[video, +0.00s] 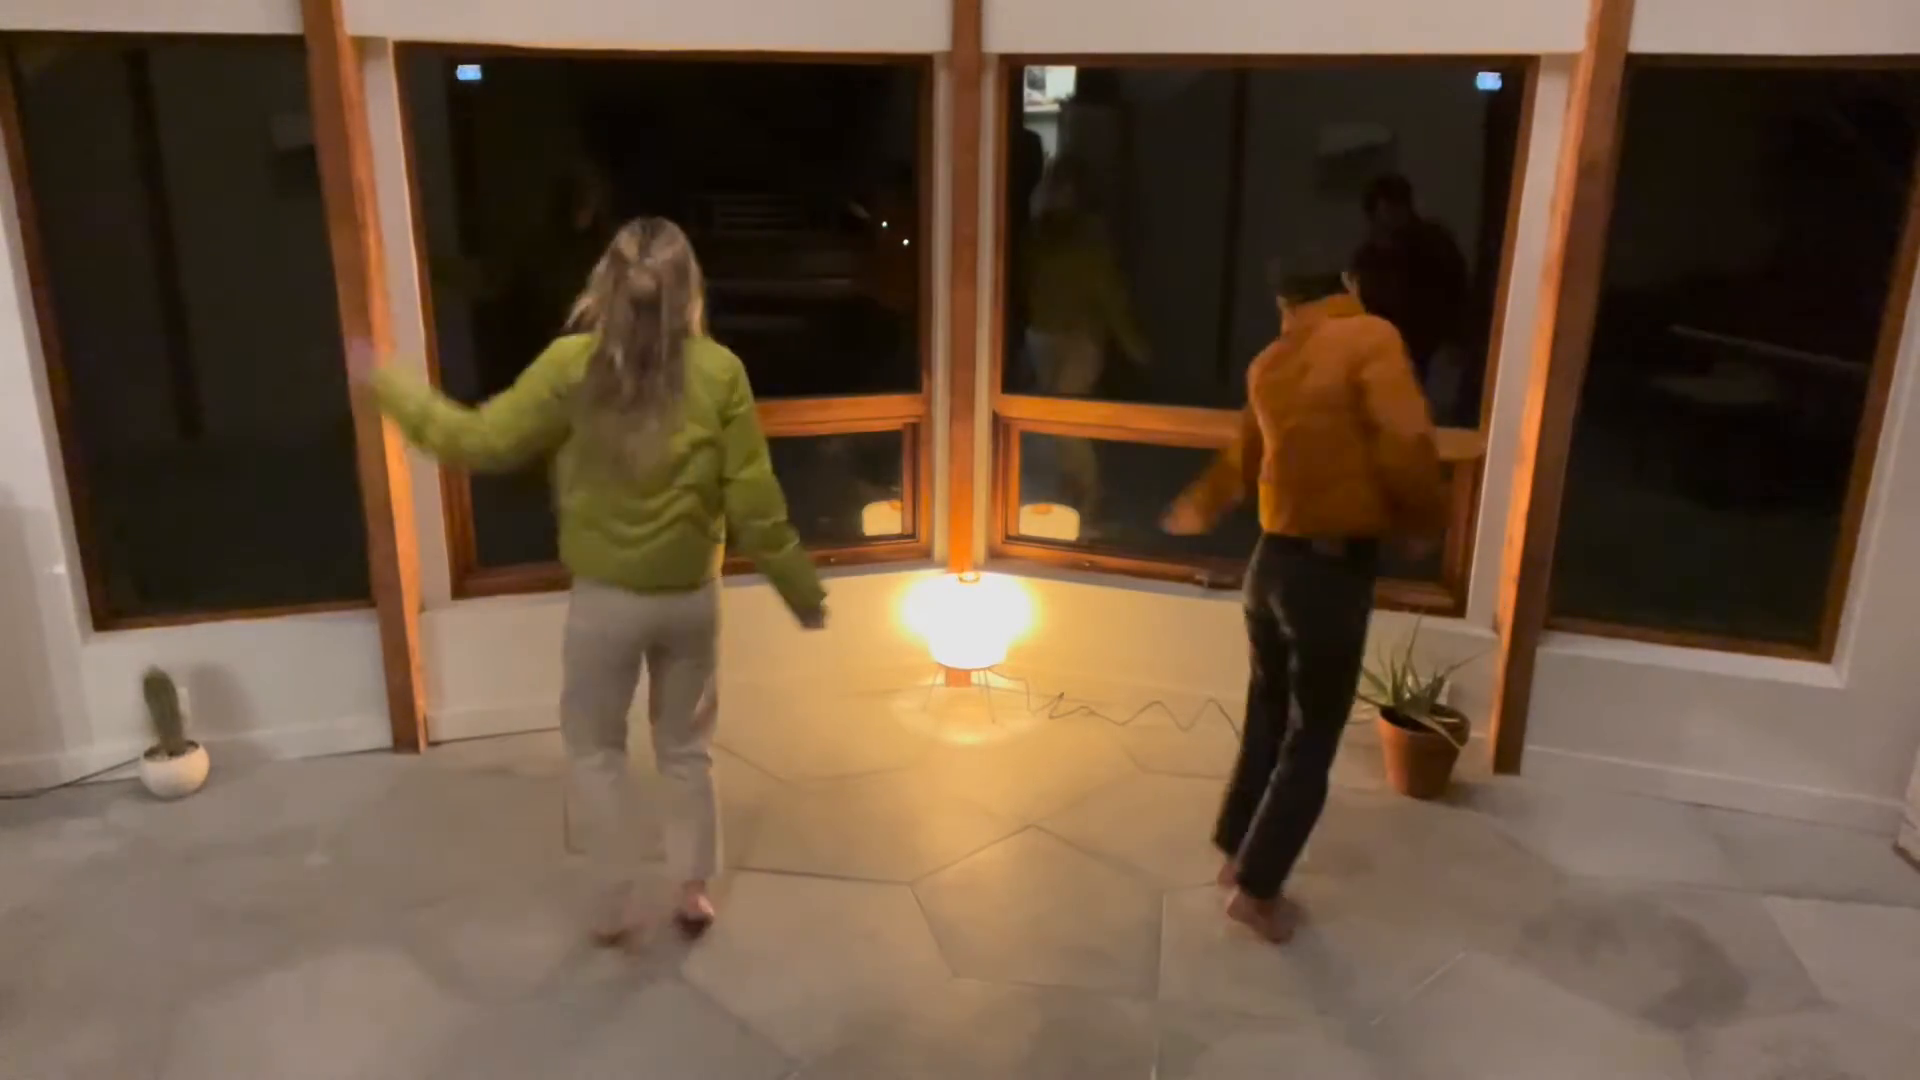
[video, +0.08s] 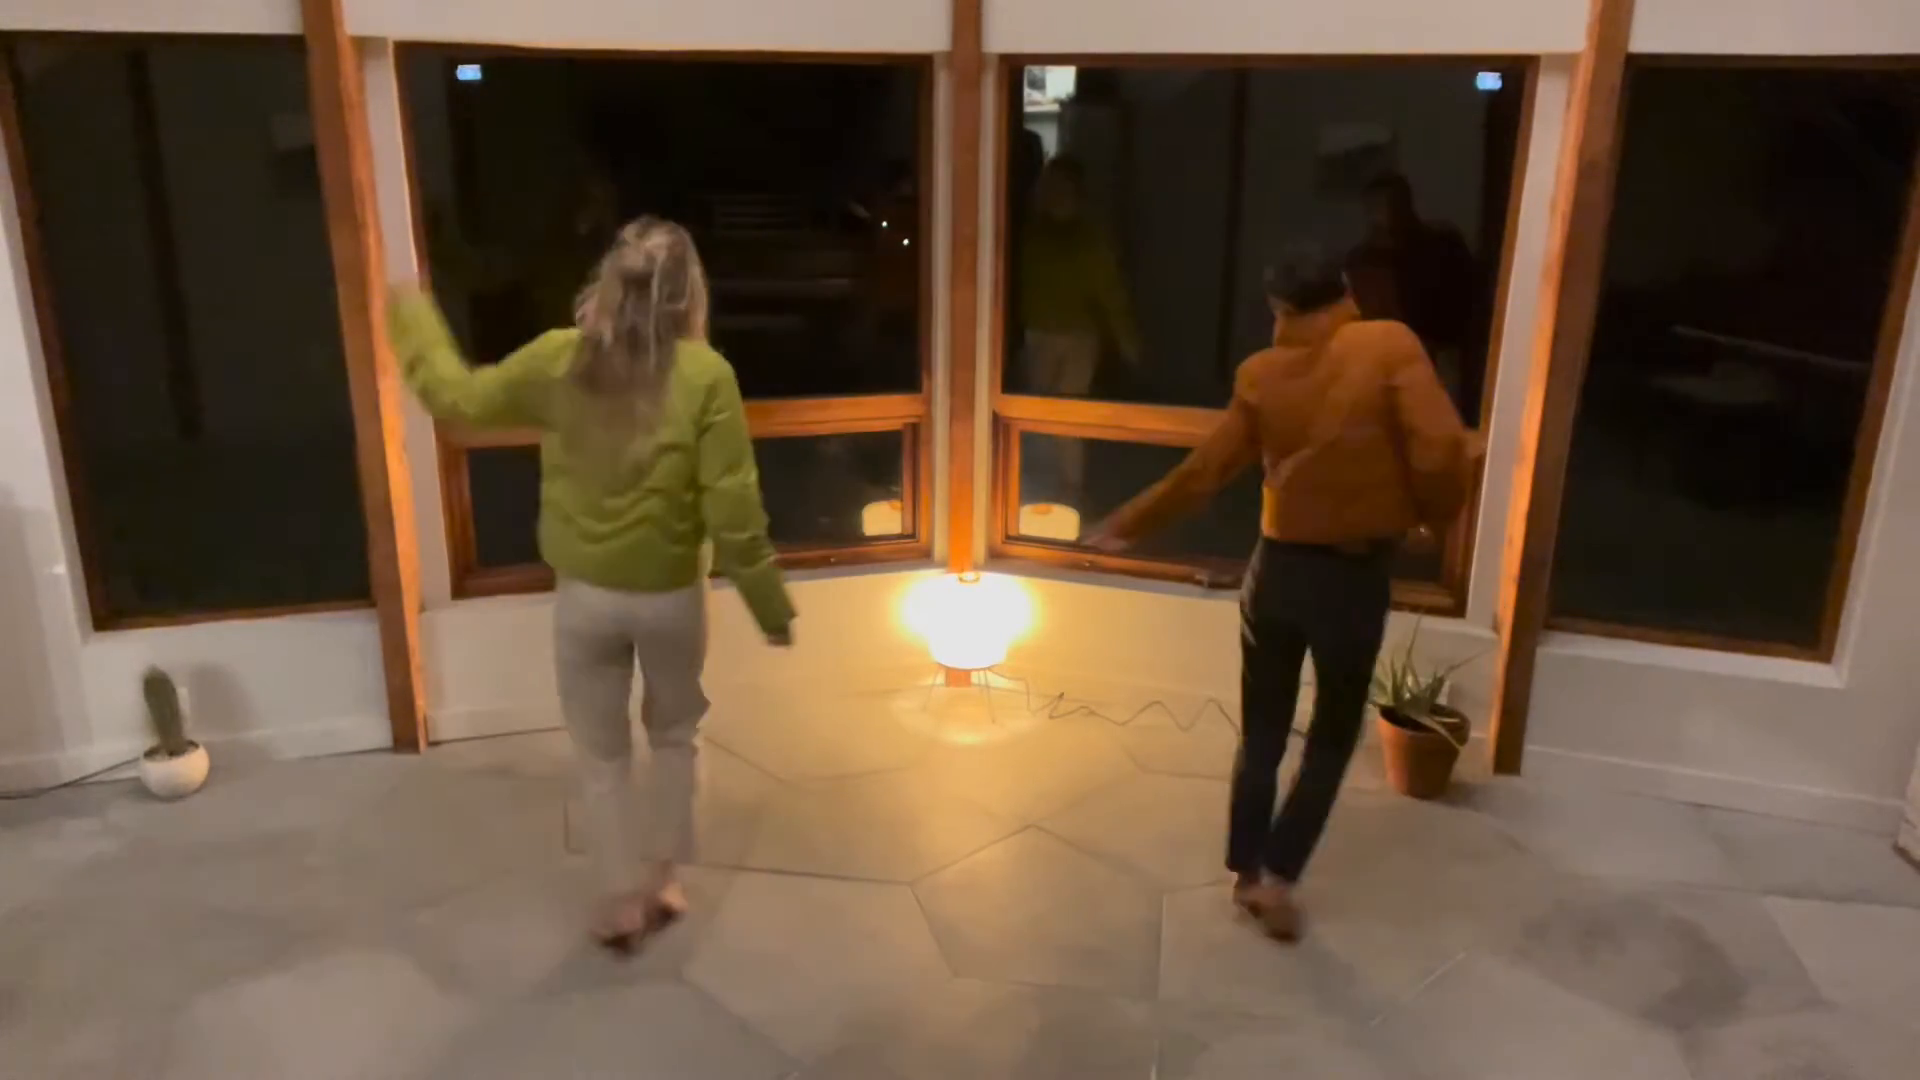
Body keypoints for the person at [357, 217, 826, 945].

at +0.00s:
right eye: (689, 283)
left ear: (606, 287)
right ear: (688, 293)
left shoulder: (570, 366)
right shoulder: (718, 372)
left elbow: (484, 441)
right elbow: (754, 501)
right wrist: (802, 590)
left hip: (606, 606)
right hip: (688, 606)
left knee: (596, 750)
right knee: (685, 749)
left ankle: (618, 899)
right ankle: (693, 887)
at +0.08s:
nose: (702, 303)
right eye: (697, 290)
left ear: (606, 286)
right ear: (688, 297)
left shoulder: (556, 360)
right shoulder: (705, 374)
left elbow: (456, 397)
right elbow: (733, 510)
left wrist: (410, 309)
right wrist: (771, 606)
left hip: (584, 603)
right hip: (670, 605)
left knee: (602, 756)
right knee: (673, 733)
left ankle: (621, 900)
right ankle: (665, 879)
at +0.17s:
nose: (706, 306)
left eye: (704, 294)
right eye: (701, 294)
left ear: (612, 287)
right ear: (685, 298)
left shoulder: (560, 353)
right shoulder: (697, 374)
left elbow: (467, 375)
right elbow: (716, 512)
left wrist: (446, 285)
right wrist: (750, 615)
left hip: (576, 598)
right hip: (661, 601)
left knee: (592, 745)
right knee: (665, 736)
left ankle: (611, 889)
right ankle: (645, 885)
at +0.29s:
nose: (711, 312)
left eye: (710, 300)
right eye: (707, 300)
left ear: (619, 287)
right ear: (687, 301)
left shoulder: (568, 348)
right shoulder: (680, 374)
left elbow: (508, 362)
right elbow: (683, 507)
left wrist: (525, 302)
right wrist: (710, 616)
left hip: (557, 587)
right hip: (634, 594)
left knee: (578, 738)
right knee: (662, 739)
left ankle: (553, 880)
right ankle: (635, 884)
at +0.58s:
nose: (730, 354)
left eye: (733, 341)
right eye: (730, 338)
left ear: (667, 308)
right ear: (709, 323)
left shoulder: (627, 353)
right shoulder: (668, 360)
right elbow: (605, 465)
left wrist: (683, 465)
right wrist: (618, 592)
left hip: (555, 571)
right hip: (595, 581)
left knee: (586, 713)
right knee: (667, 718)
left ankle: (563, 848)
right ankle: (606, 851)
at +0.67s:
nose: (738, 365)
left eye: (743, 353)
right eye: (739, 349)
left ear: (684, 313)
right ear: (718, 329)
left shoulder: (651, 355)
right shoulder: (672, 356)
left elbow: (660, 469)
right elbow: (594, 446)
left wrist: (717, 497)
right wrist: (598, 565)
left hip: (566, 570)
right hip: (606, 580)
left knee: (590, 711)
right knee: (661, 723)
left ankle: (565, 846)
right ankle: (611, 857)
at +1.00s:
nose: (788, 408)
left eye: (791, 398)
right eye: (790, 392)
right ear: (778, 368)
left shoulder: (733, 425)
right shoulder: (729, 356)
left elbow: (710, 527)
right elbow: (646, 365)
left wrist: (777, 592)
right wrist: (636, 483)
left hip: (618, 560)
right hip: (610, 556)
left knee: (654, 702)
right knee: (679, 711)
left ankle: (620, 832)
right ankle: (642, 851)